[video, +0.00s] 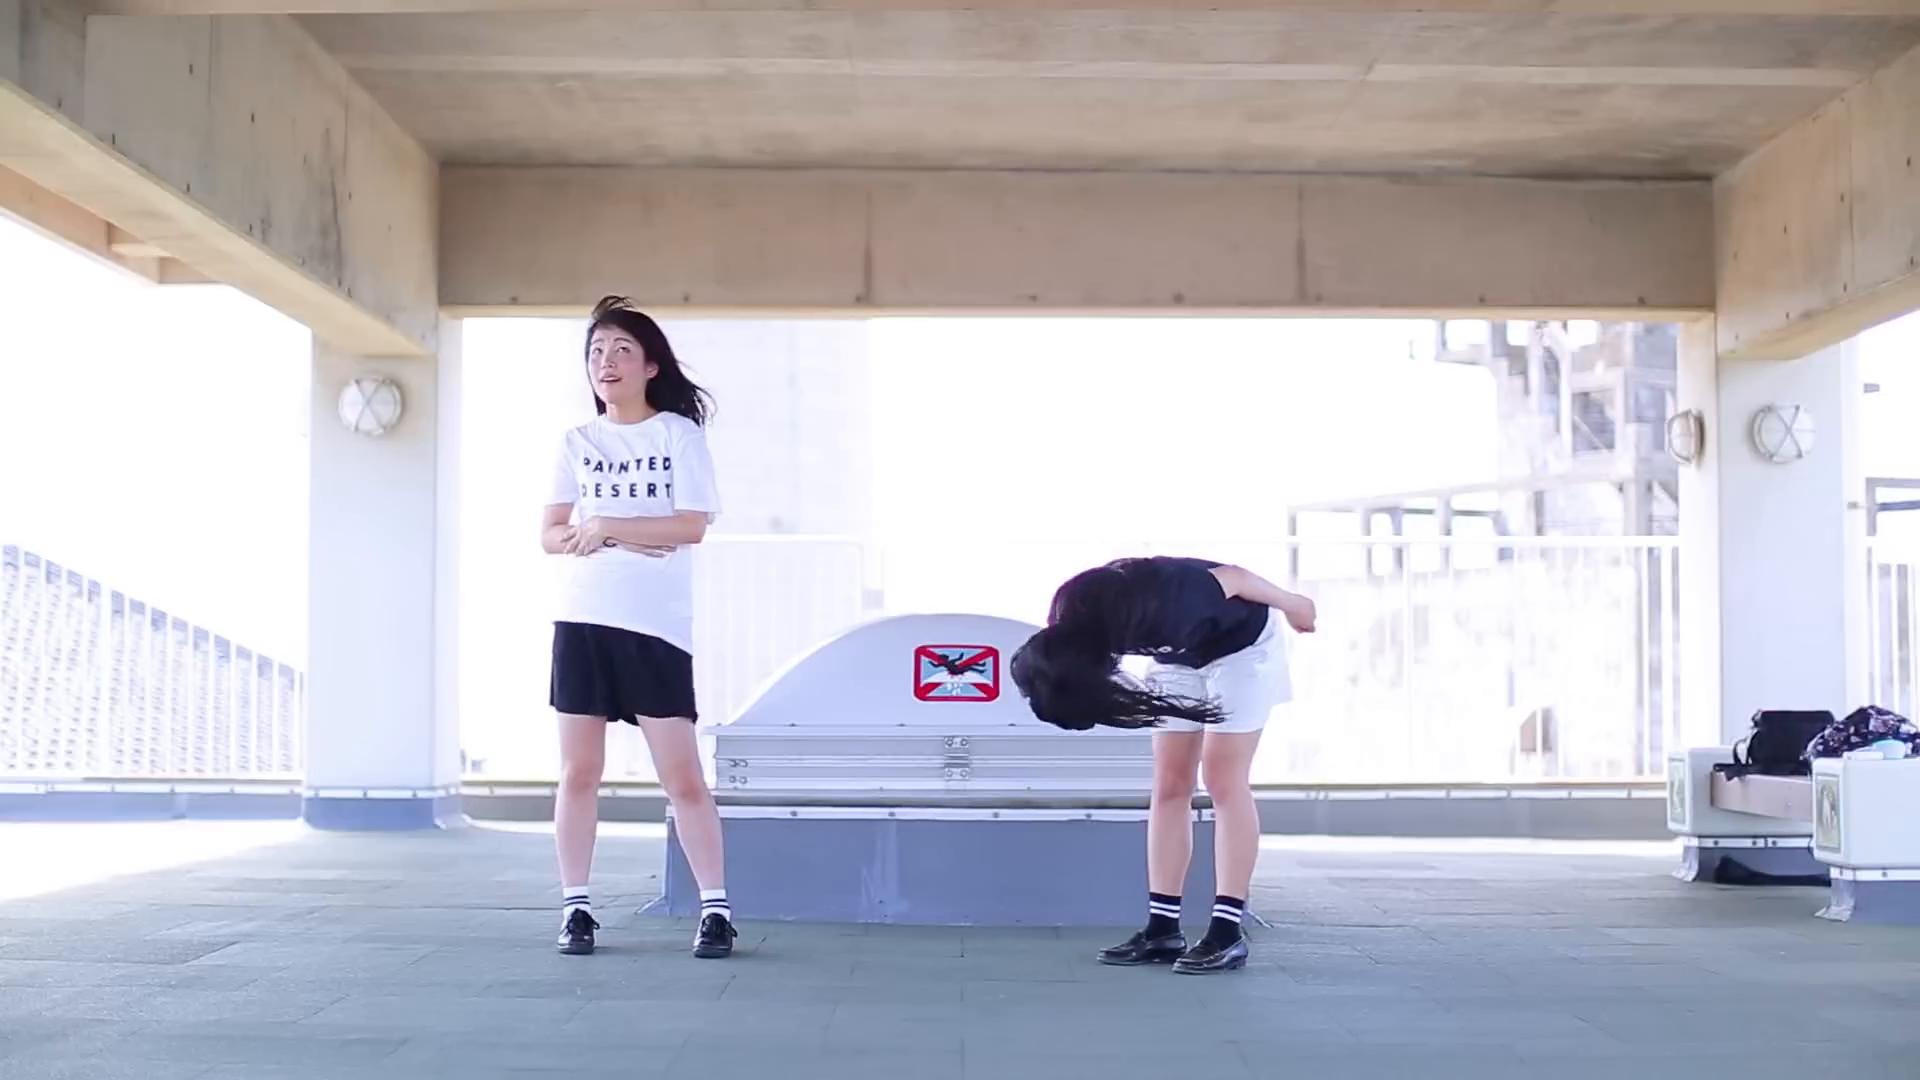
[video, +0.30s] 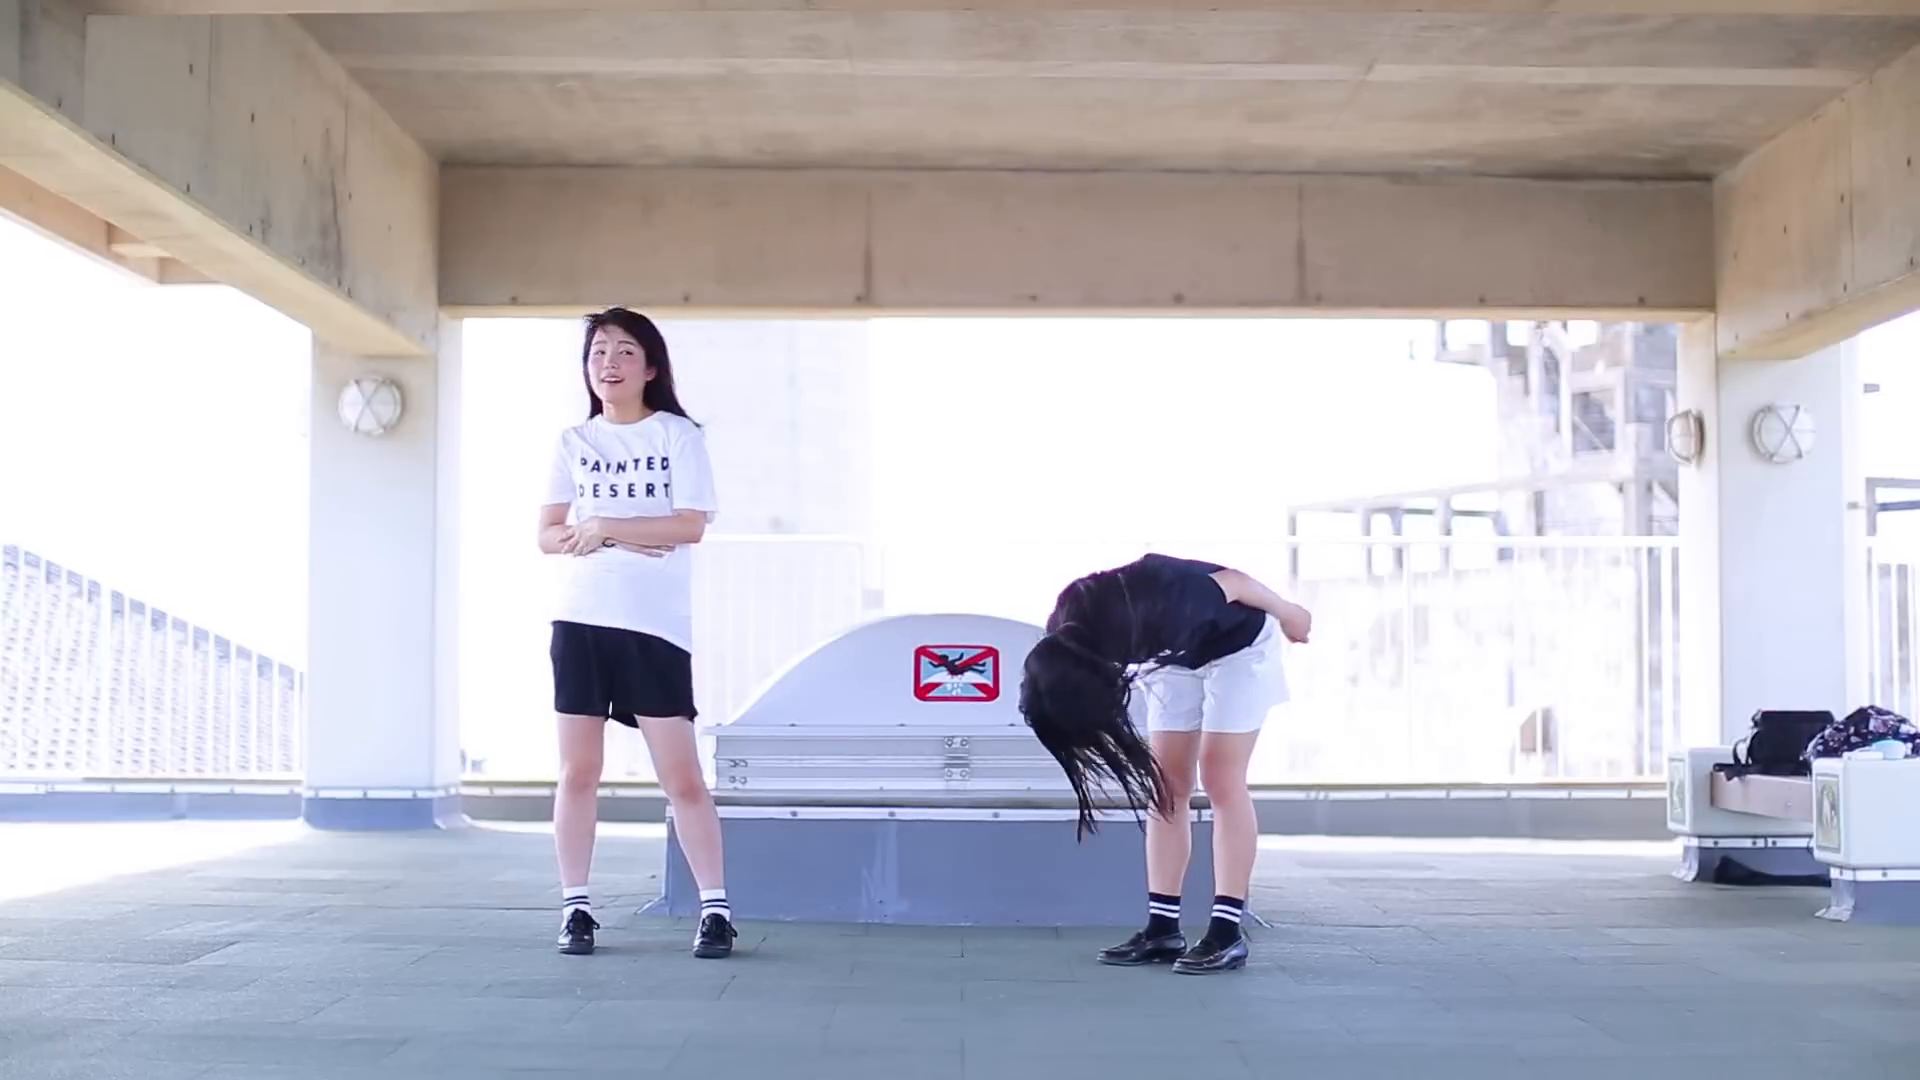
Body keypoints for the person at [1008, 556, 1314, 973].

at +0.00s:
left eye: (1093, 714)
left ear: (1093, 665)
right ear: (1046, 660)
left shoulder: (1166, 609)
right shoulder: (1065, 615)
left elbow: (1236, 578)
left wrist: (1292, 602)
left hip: (1242, 644)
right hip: (1172, 653)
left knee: (1225, 782)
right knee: (1169, 787)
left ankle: (1226, 933)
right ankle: (1163, 929)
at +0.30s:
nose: (1096, 733)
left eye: (1094, 724)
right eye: (1085, 734)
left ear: (1098, 680)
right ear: (1049, 681)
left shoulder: (1164, 612)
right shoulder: (1058, 635)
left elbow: (1237, 583)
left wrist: (1286, 612)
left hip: (1239, 643)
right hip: (1167, 654)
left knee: (1223, 780)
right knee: (1166, 786)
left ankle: (1226, 934)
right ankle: (1163, 928)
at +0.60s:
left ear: (1091, 667)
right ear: (1045, 665)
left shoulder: (1155, 608)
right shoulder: (1059, 624)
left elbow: (1238, 582)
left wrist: (1289, 619)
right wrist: (1147, 755)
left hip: (1240, 644)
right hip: (1170, 654)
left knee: (1224, 779)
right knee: (1166, 783)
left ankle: (1226, 934)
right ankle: (1163, 929)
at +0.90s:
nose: (1079, 728)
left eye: (1079, 717)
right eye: (1066, 724)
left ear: (1093, 672)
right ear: (1039, 669)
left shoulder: (1161, 610)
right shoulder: (1057, 630)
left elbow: (1239, 582)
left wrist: (1288, 617)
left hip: (1240, 645)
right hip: (1170, 655)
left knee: (1223, 781)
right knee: (1168, 786)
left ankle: (1226, 934)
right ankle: (1163, 929)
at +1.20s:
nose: (1077, 732)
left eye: (1077, 721)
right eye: (1062, 728)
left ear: (1086, 672)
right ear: (1040, 667)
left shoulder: (1156, 614)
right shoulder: (1056, 625)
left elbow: (1234, 583)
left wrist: (1285, 617)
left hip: (1237, 645)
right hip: (1167, 654)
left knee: (1219, 780)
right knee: (1165, 787)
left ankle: (1226, 934)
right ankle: (1162, 929)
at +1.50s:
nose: (1079, 726)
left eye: (1077, 716)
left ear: (1083, 669)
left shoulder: (1149, 610)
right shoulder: (1053, 628)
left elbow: (1231, 582)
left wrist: (1283, 616)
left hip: (1235, 645)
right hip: (1166, 654)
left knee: (1220, 782)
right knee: (1165, 788)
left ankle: (1226, 934)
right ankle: (1162, 930)